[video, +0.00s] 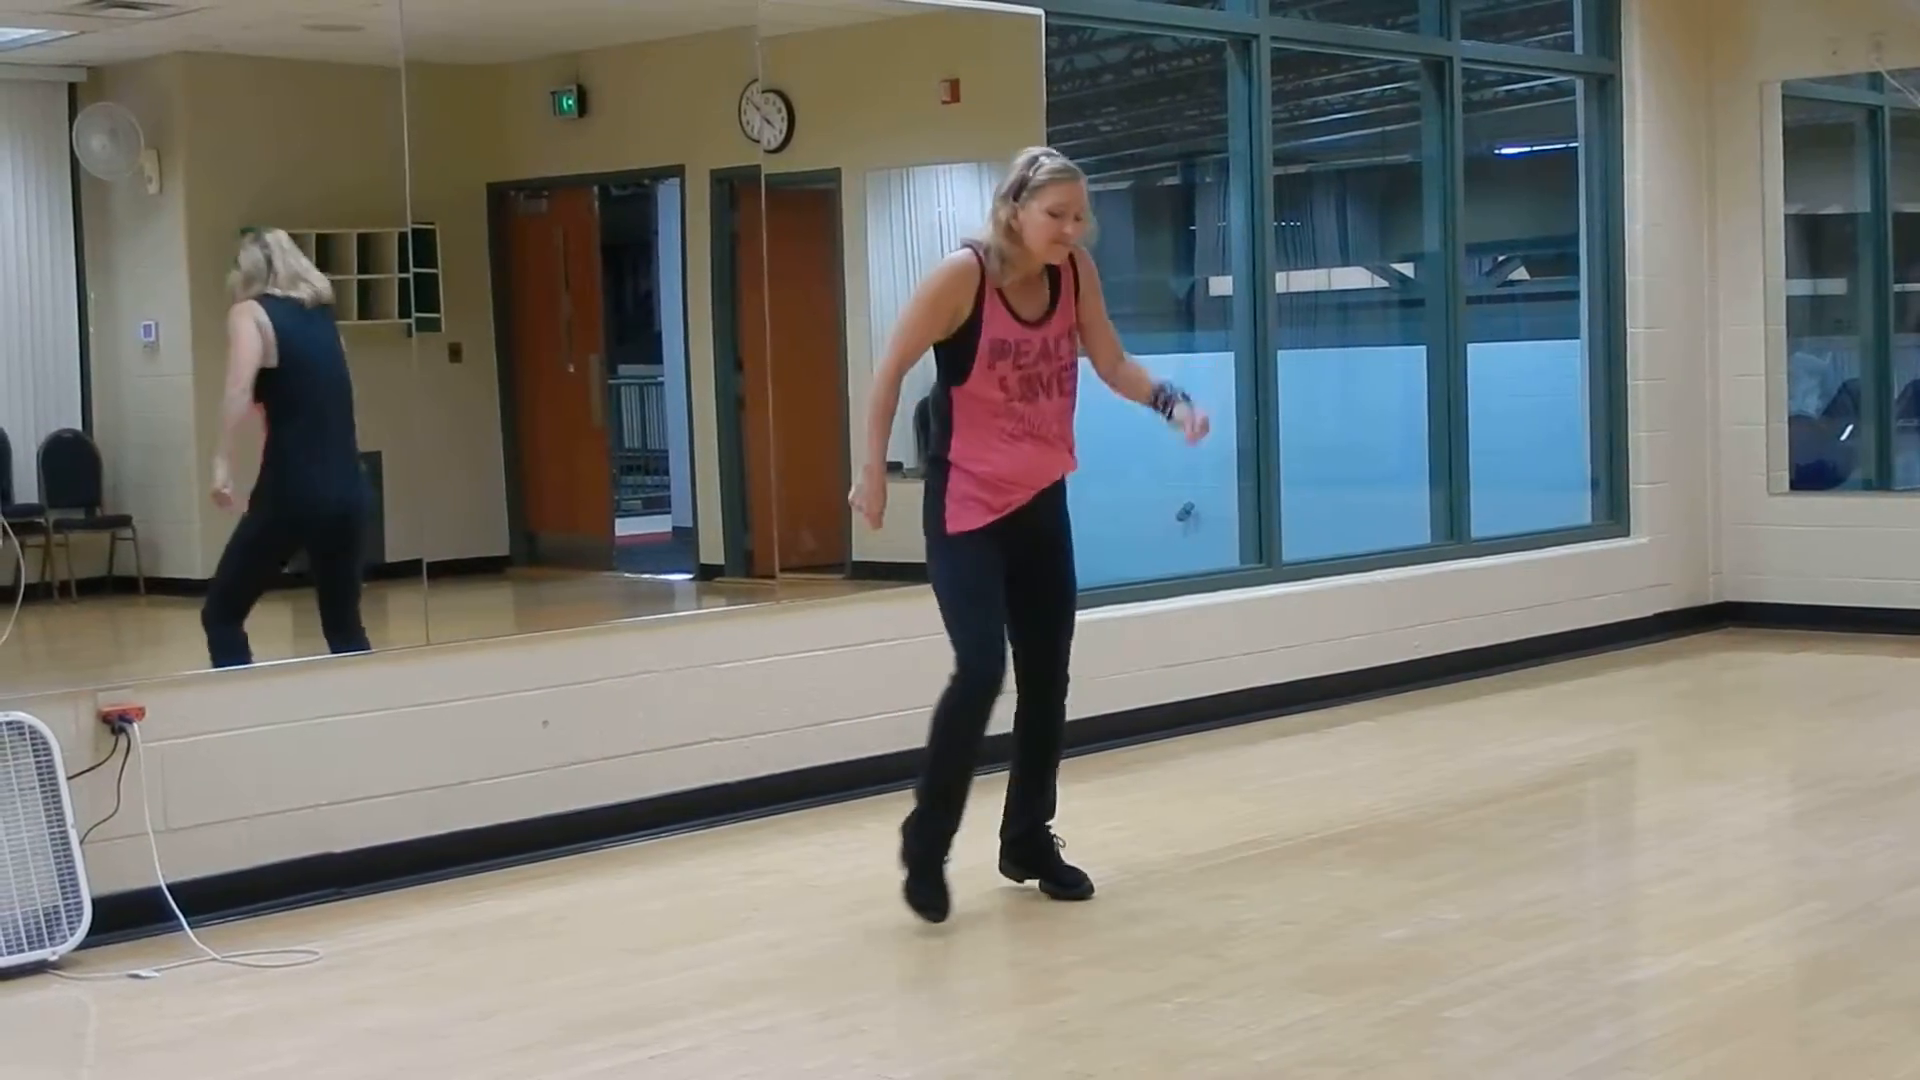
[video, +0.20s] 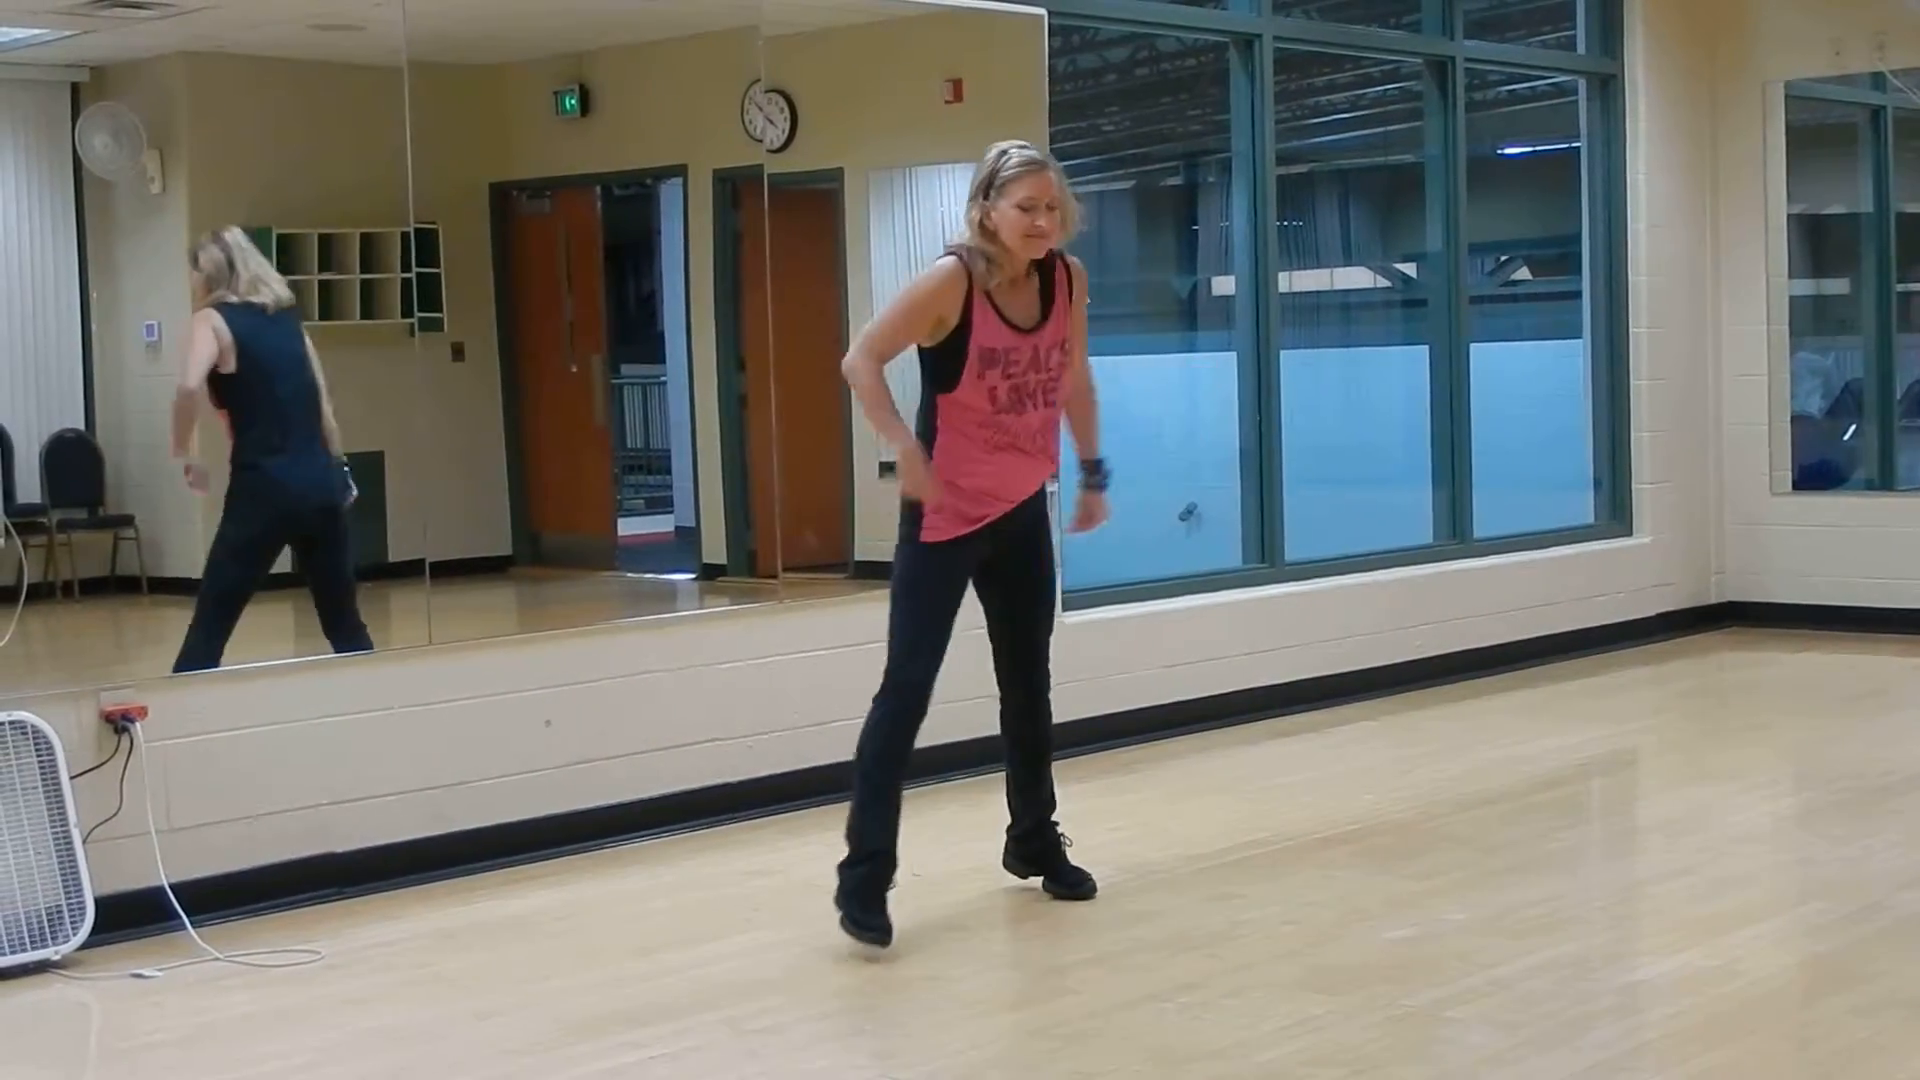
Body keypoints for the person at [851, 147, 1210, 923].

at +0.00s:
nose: (1069, 229)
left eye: (1077, 217)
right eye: (1056, 215)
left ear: (1082, 220)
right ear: (1014, 212)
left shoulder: (1075, 273)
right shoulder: (962, 278)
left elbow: (1114, 365)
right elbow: (890, 370)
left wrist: (1167, 397)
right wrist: (872, 472)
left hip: (1041, 499)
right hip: (965, 504)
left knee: (1046, 678)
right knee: (981, 671)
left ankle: (1027, 843)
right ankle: (925, 846)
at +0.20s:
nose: (1044, 222)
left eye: (1052, 207)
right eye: (1027, 209)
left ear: (1061, 210)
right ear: (986, 214)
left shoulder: (1065, 279)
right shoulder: (950, 284)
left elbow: (1075, 375)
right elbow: (860, 362)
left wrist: (1091, 470)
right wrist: (905, 448)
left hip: (1022, 513)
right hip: (941, 516)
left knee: (1028, 687)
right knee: (905, 695)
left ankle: (1032, 839)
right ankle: (864, 877)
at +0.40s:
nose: (989, 200)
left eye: (992, 188)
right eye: (970, 192)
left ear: (1004, 206)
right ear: (931, 220)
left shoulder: (1011, 298)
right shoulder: (901, 301)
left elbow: (1000, 390)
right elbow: (847, 407)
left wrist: (1004, 422)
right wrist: (925, 427)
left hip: (961, 520)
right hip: (883, 526)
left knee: (1009, 685)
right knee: (869, 716)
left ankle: (1030, 829)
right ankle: (840, 902)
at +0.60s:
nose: (924, 198)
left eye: (922, 186)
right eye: (902, 196)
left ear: (933, 207)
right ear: (869, 233)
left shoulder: (958, 296)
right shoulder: (860, 312)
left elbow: (944, 400)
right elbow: (843, 426)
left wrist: (977, 453)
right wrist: (878, 504)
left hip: (913, 537)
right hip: (836, 539)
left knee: (972, 711)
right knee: (846, 729)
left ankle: (926, 819)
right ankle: (838, 910)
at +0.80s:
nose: (881, 197)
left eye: (882, 186)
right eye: (857, 195)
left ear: (897, 211)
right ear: (828, 234)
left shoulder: (925, 300)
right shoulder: (825, 319)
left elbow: (939, 410)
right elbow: (786, 443)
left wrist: (988, 360)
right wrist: (769, 555)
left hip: (899, 547)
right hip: (818, 556)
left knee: (918, 729)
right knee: (838, 734)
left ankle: (870, 874)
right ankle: (837, 905)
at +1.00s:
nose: (848, 169)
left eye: (854, 160)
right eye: (827, 162)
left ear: (869, 184)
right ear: (789, 196)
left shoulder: (897, 254)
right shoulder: (765, 288)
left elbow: (954, 347)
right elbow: (706, 395)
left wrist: (1007, 349)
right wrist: (718, 499)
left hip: (888, 510)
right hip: (804, 522)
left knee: (890, 708)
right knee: (815, 710)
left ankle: (868, 876)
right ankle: (799, 887)